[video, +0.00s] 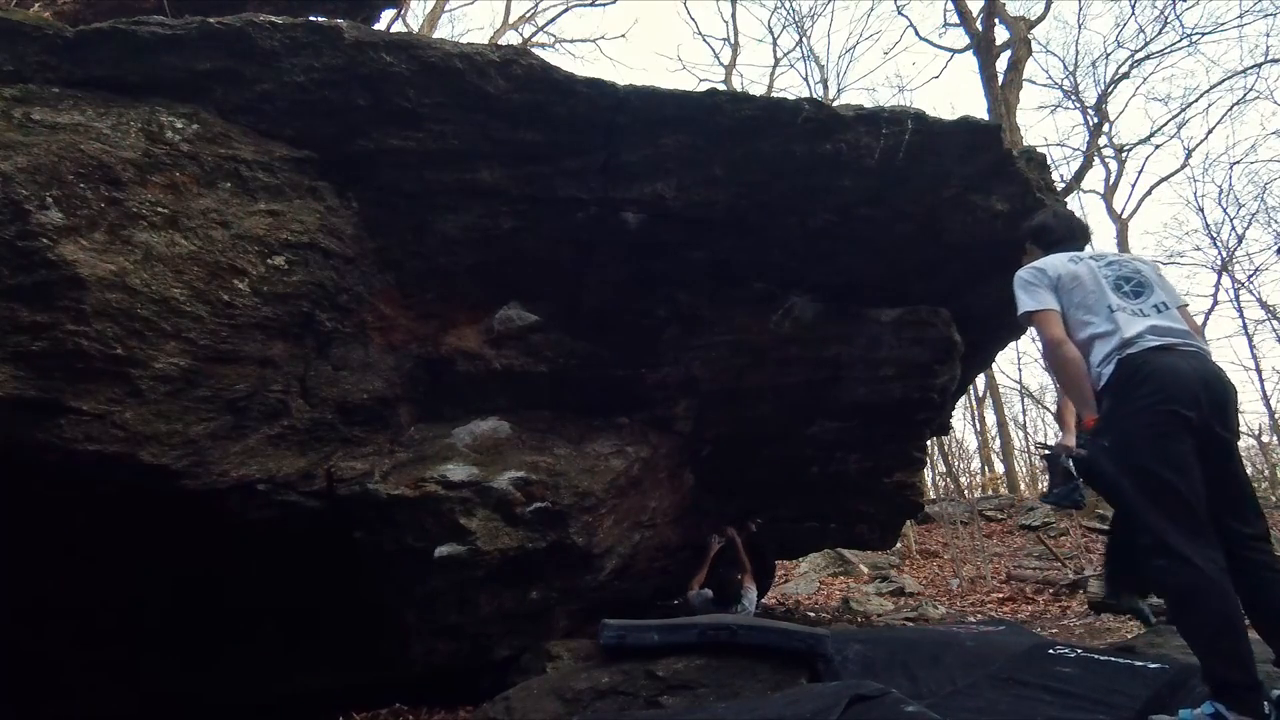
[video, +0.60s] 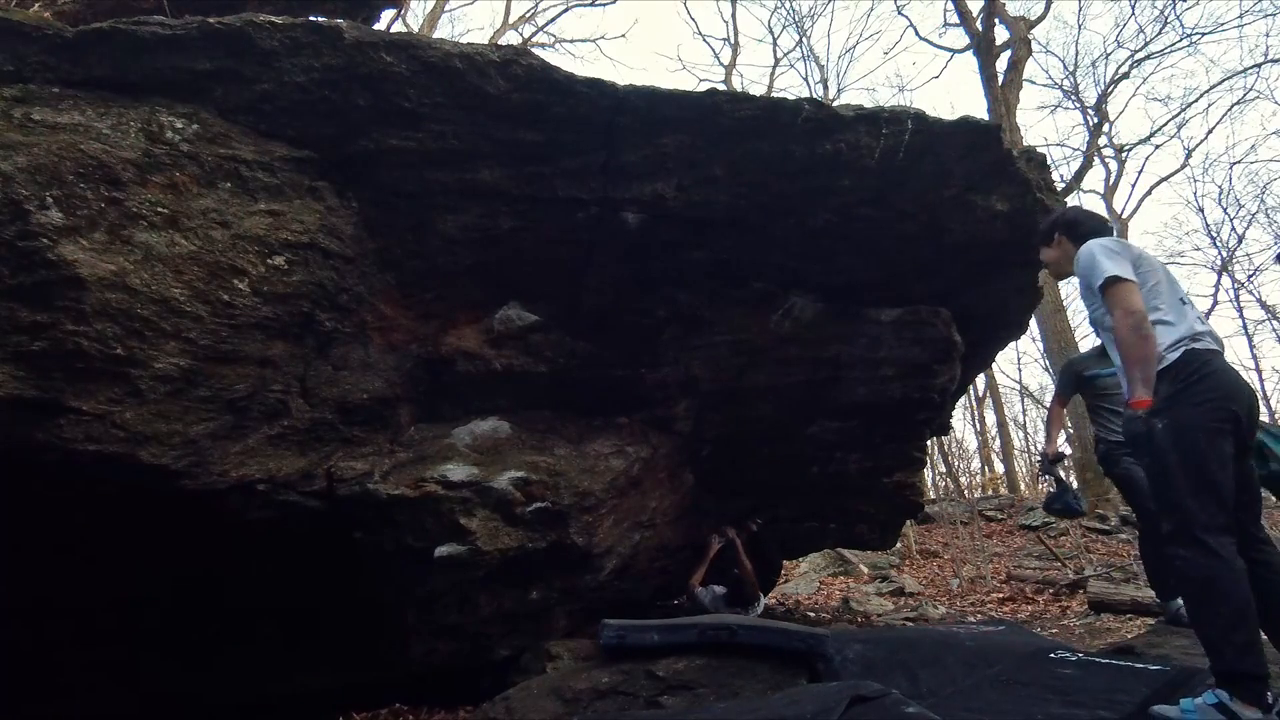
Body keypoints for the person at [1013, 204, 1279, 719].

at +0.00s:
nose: (1025, 260)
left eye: (1025, 255)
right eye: (1023, 255)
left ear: (1035, 250)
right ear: (1083, 240)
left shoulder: (1037, 270)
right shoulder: (1140, 264)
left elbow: (1057, 343)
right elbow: (1194, 330)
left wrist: (1090, 417)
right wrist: (1188, 379)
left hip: (1141, 381)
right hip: (1210, 377)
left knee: (1181, 548)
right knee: (1243, 533)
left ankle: (1239, 700)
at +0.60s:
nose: (1046, 263)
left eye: (1047, 252)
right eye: (1043, 255)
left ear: (1064, 238)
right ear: (1091, 230)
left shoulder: (1095, 249)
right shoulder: (1137, 260)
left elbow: (1133, 317)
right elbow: (1189, 331)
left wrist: (1139, 401)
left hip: (1189, 388)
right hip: (1225, 385)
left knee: (1196, 540)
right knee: (1245, 535)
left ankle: (1244, 692)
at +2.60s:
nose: (1110, 249)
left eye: (1103, 237)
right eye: (1100, 247)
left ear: (1121, 207)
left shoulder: (1186, 228)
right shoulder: (1164, 255)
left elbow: (1219, 314)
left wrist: (1200, 405)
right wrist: (1180, 414)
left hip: (1232, 405)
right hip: (1199, 417)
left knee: (1268, 543)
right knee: (1195, 553)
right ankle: (1279, 656)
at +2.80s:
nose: (1113, 233)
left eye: (1110, 218)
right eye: (1101, 233)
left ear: (1132, 191)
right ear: (1100, 235)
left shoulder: (1198, 223)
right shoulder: (1160, 261)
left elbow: (1234, 310)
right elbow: (1186, 346)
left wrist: (1214, 406)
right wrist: (1175, 419)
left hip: (1238, 403)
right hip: (1196, 419)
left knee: (1270, 542)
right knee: (1179, 543)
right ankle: (1277, 645)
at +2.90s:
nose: (1113, 231)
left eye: (1109, 215)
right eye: (1101, 229)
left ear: (1132, 189)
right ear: (1100, 230)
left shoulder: (1199, 224)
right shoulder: (1158, 258)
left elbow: (1238, 311)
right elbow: (1186, 344)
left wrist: (1216, 406)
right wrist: (1176, 421)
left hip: (1240, 405)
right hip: (1197, 418)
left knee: (1270, 542)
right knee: (1179, 542)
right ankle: (1277, 640)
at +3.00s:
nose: (1115, 229)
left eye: (1112, 214)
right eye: (1103, 227)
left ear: (1135, 186)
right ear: (1101, 229)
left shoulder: (1198, 222)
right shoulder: (1158, 254)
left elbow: (1236, 313)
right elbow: (1187, 341)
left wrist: (1214, 405)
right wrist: (1177, 420)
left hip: (1238, 402)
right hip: (1197, 417)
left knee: (1270, 541)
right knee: (1181, 541)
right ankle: (1278, 640)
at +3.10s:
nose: (1108, 229)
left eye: (1104, 214)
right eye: (1098, 227)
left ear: (1129, 184)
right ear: (1098, 224)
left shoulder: (1197, 222)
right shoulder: (1158, 252)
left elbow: (1234, 312)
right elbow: (1188, 336)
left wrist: (1210, 406)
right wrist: (1179, 416)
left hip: (1238, 405)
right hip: (1197, 418)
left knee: (1270, 543)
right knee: (1180, 539)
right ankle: (1275, 634)